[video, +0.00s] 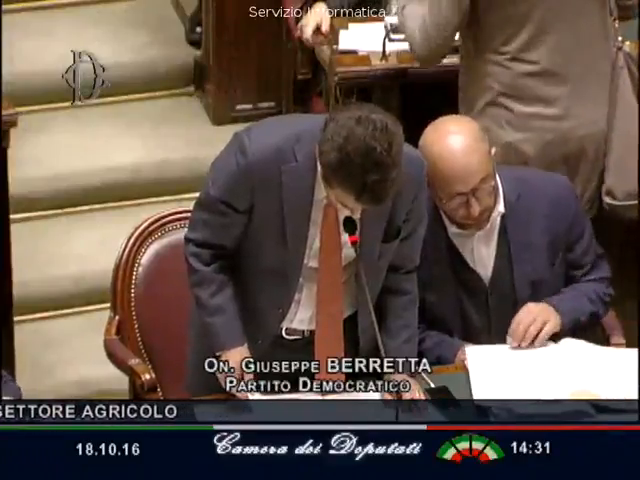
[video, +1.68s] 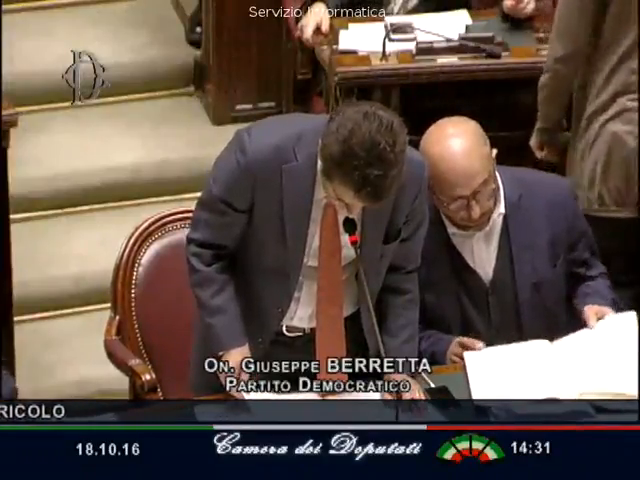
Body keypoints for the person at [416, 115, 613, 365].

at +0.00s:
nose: (475, 208)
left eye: (482, 187)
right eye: (457, 198)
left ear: (492, 159)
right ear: (429, 185)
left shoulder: (552, 197)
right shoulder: (409, 222)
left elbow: (597, 282)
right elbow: (401, 326)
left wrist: (557, 309)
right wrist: (456, 353)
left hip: (554, 371)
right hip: (460, 381)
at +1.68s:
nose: (475, 211)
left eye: (482, 191)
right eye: (456, 201)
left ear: (493, 159)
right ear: (429, 188)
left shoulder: (553, 198)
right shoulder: (408, 223)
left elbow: (587, 270)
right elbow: (396, 325)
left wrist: (596, 303)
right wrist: (443, 349)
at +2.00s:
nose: (473, 210)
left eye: (481, 191)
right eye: (455, 199)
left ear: (493, 158)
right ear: (428, 186)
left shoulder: (551, 196)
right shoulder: (407, 222)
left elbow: (587, 272)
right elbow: (392, 321)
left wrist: (610, 307)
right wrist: (441, 346)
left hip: (555, 375)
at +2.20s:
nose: (473, 210)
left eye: (481, 191)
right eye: (455, 199)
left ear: (493, 158)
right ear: (428, 185)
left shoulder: (551, 195)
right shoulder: (407, 220)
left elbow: (587, 273)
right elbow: (391, 323)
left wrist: (616, 310)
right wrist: (438, 345)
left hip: (554, 376)